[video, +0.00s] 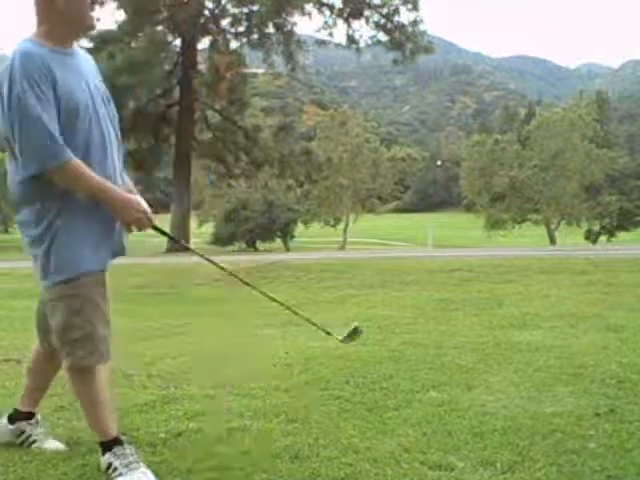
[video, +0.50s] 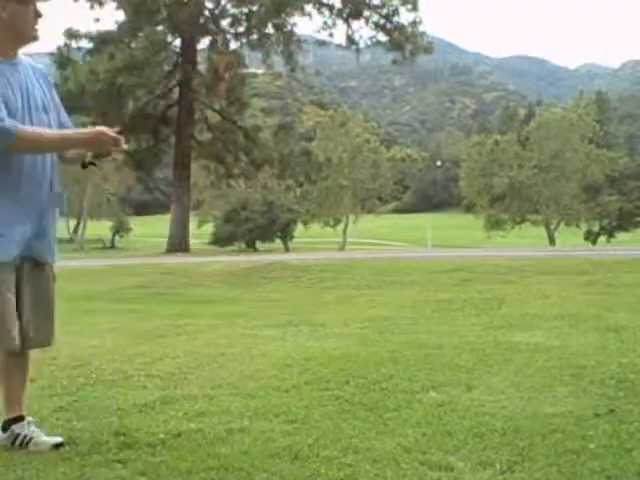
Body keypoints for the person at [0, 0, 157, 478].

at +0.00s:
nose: (96, 5)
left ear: (64, 8)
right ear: (53, 4)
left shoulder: (82, 59)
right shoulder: (25, 62)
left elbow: (102, 143)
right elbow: (49, 157)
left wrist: (129, 196)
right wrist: (116, 197)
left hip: (91, 224)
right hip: (61, 229)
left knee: (59, 330)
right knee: (84, 337)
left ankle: (20, 421)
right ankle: (114, 449)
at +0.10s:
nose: (85, 8)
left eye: (83, 1)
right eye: (76, 1)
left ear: (58, 9)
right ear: (45, 7)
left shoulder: (73, 69)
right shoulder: (15, 66)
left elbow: (92, 146)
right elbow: (44, 159)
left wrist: (124, 190)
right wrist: (113, 193)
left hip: (71, 231)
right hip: (40, 236)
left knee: (36, 331)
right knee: (72, 337)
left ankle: (16, 423)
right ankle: (108, 443)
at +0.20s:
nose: (75, 15)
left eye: (73, 7)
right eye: (65, 6)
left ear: (41, 15)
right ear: (32, 11)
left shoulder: (65, 74)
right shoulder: (8, 69)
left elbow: (89, 150)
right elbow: (38, 154)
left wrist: (122, 185)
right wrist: (112, 181)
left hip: (55, 231)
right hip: (23, 232)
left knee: (25, 333)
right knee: (61, 332)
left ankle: (12, 423)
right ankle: (95, 436)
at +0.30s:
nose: (62, 10)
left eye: (59, 3)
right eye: (52, 3)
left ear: (35, 14)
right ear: (19, 9)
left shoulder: (58, 71)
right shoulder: (4, 66)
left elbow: (80, 140)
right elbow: (25, 143)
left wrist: (108, 168)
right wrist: (105, 164)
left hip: (49, 225)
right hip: (11, 224)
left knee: (20, 328)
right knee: (41, 317)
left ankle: (12, 422)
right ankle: (61, 429)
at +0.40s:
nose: (51, 10)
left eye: (48, 3)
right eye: (40, 3)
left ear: (26, 13)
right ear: (11, 10)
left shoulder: (47, 71)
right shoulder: (1, 70)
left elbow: (70, 132)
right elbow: (12, 137)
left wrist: (97, 155)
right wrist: (93, 148)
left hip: (42, 225)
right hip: (6, 224)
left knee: (29, 324)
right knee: (20, 319)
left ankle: (17, 419)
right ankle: (7, 424)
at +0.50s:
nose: (38, 11)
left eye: (35, 4)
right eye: (28, 4)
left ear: (21, 14)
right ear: (4, 12)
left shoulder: (38, 75)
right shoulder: (2, 75)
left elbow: (57, 142)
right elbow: (9, 136)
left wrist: (91, 146)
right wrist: (82, 138)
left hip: (34, 227)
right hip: (3, 229)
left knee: (23, 334)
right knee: (9, 335)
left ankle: (15, 421)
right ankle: (11, 421)